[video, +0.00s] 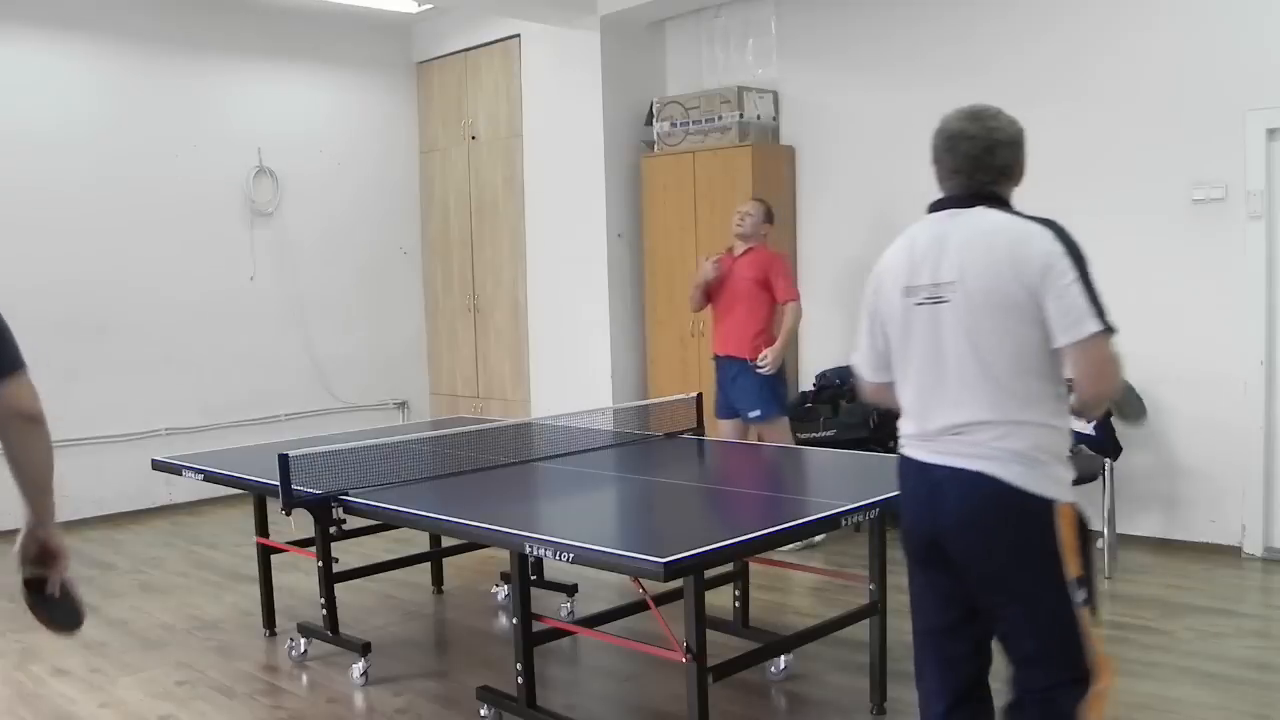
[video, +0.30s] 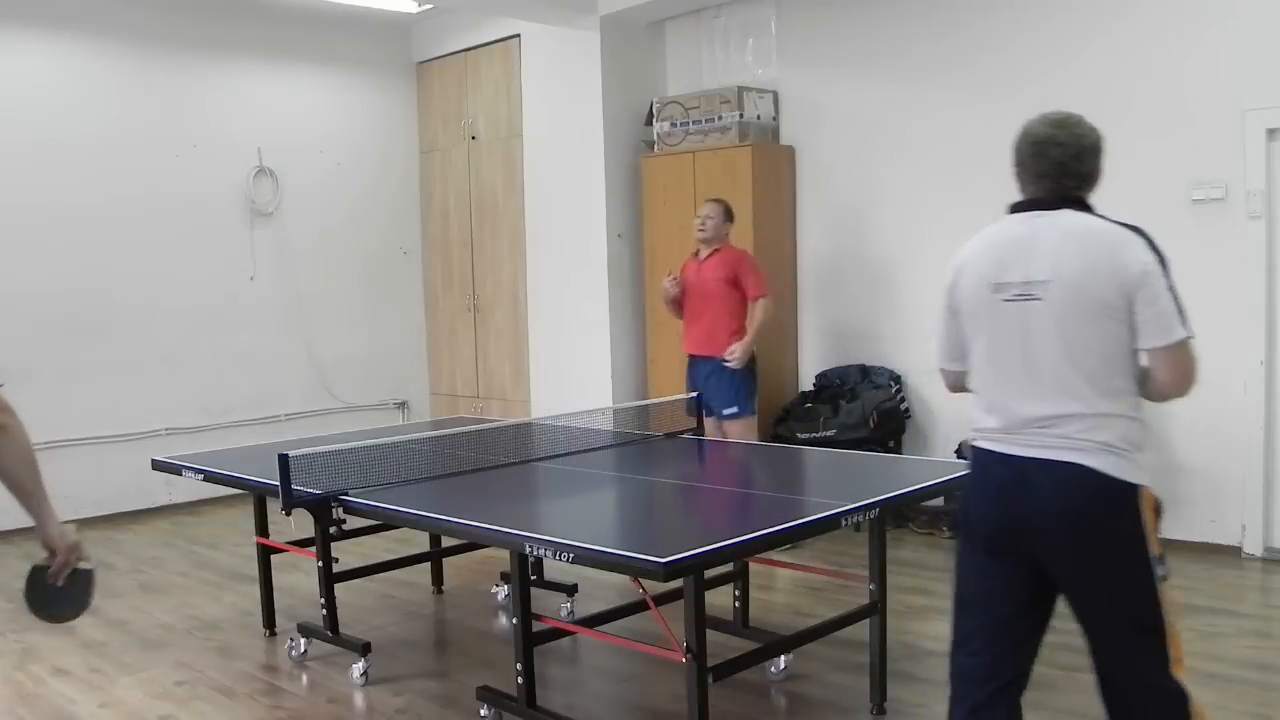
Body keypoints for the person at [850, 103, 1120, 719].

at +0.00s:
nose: (1024, 167)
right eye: (1020, 158)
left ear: (941, 168)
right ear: (1016, 168)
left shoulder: (897, 255)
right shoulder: (1039, 243)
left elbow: (875, 387)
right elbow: (1098, 384)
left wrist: (944, 393)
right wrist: (1083, 399)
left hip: (921, 490)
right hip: (1010, 497)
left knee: (947, 681)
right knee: (1055, 676)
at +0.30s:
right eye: (1096, 165)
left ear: (1020, 173)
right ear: (1094, 174)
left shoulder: (977, 253)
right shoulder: (1128, 247)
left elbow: (955, 378)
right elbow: (1174, 379)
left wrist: (1029, 355)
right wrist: (1113, 368)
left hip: (994, 488)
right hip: (1095, 493)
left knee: (981, 680)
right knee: (1139, 679)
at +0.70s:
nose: (1117, 171)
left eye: (1119, 163)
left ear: (1129, 168)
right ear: (1201, 177)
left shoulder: (1076, 240)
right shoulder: (1239, 249)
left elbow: (1023, 347)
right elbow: (1276, 365)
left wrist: (1075, 384)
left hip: (1092, 460)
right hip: (1191, 464)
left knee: (1080, 619)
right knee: (1196, 634)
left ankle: (1070, 712)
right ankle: (1196, 717)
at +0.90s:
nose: (1121, 177)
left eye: (1123, 169)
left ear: (1134, 173)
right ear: (1201, 183)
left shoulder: (1082, 245)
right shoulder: (1242, 251)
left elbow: (1035, 354)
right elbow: (1276, 356)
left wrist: (1077, 405)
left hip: (1102, 458)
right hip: (1201, 457)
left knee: (1090, 618)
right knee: (1198, 626)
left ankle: (1079, 710)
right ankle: (1196, 717)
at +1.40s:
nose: (1051, 195)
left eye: (1053, 186)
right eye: (1053, 186)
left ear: (1065, 189)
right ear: (1122, 189)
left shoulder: (1037, 261)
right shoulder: (1173, 242)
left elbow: (1007, 367)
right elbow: (1216, 333)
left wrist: (1005, 456)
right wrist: (1178, 387)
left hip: (1078, 440)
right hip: (1164, 437)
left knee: (1085, 586)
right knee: (1176, 582)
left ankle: (1092, 710)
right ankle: (1187, 711)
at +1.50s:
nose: (1044, 194)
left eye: (1047, 185)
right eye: (1047, 185)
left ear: (1060, 189)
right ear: (1115, 189)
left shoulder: (1035, 261)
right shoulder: (1166, 241)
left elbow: (1000, 368)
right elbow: (1200, 326)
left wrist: (1006, 445)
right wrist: (1145, 355)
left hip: (1078, 438)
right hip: (1160, 434)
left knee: (1083, 582)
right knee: (1168, 578)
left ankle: (1093, 710)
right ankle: (1178, 709)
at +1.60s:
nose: (1042, 196)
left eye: (1044, 187)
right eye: (1043, 187)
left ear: (1058, 190)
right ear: (1112, 189)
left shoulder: (1036, 259)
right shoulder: (1161, 241)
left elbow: (1003, 370)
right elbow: (1182, 319)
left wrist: (1013, 438)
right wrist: (1123, 303)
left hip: (1077, 432)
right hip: (1158, 429)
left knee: (1083, 578)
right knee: (1163, 571)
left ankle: (1095, 709)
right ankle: (1163, 705)